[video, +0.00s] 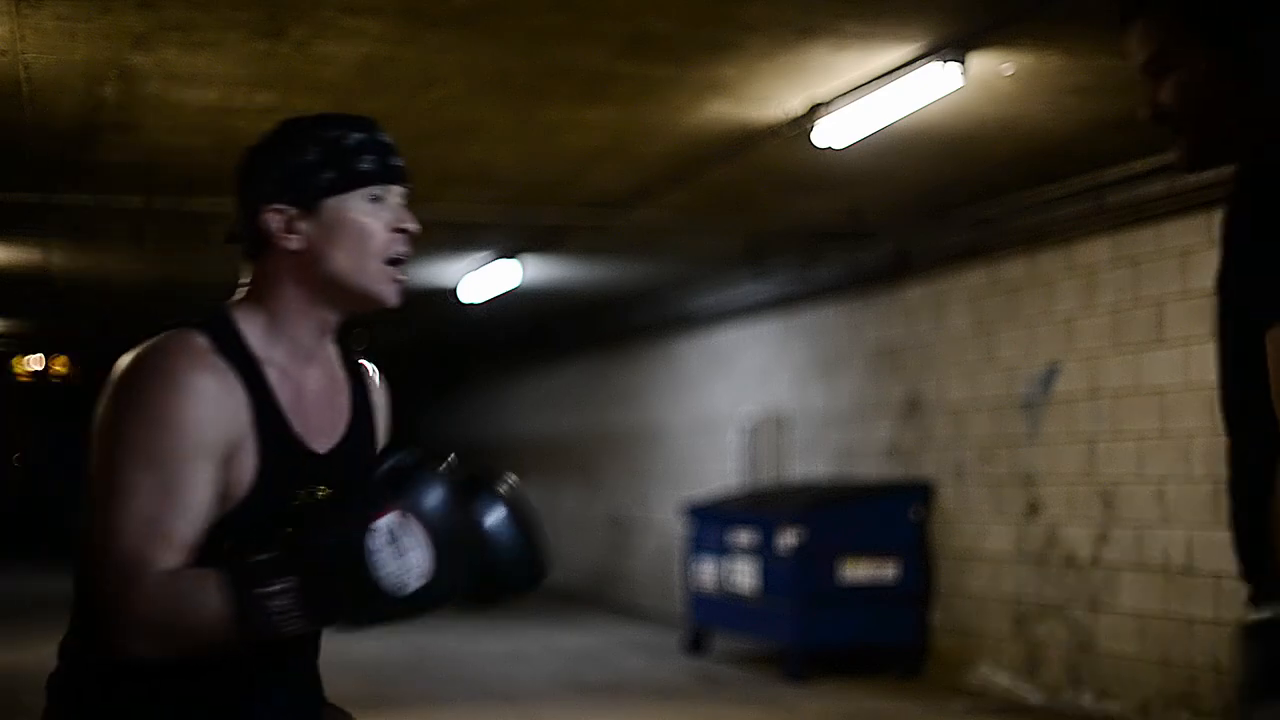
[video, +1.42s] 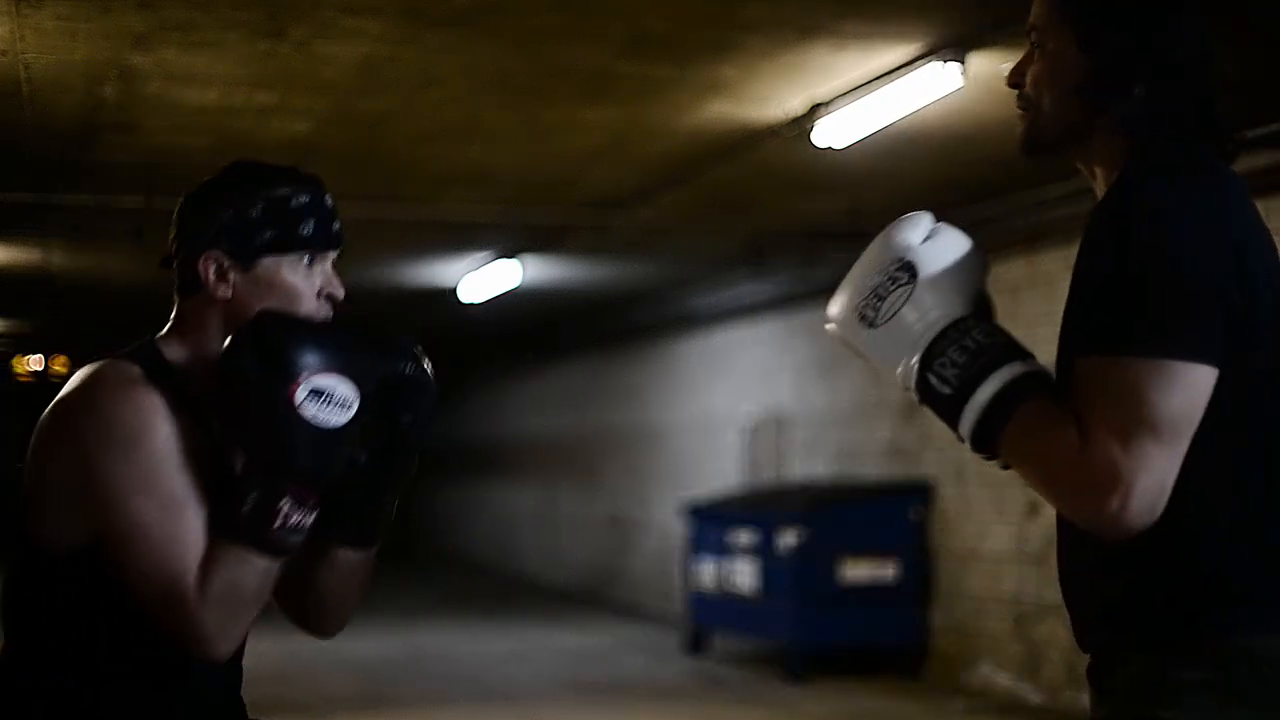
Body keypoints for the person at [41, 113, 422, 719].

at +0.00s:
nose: (409, 225)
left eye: (403, 205)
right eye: (378, 202)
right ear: (288, 227)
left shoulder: (366, 390)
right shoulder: (180, 382)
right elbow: (128, 609)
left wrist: (434, 542)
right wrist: (316, 580)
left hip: (282, 695)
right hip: (147, 703)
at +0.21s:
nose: (428, 235)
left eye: (423, 212)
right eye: (398, 208)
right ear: (306, 228)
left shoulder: (370, 379)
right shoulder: (195, 374)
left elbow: (428, 593)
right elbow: (239, 614)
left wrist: (503, 489)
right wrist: (377, 510)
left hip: (281, 697)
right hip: (143, 699)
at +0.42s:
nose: (364, 233)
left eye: (360, 212)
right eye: (334, 207)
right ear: (243, 231)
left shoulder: (304, 376)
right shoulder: (134, 376)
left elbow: (358, 597)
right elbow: (146, 616)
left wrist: (423, 496)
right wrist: (293, 524)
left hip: (239, 703)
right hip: (98, 714)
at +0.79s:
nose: (297, 216)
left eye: (296, 196)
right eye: (264, 194)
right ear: (178, 222)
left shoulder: (265, 357)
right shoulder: (80, 362)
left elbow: (332, 583)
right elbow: (108, 599)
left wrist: (377, 466)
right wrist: (228, 477)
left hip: (229, 699)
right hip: (95, 713)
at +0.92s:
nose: (347, 222)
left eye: (349, 203)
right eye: (313, 198)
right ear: (228, 228)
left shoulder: (314, 372)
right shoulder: (133, 362)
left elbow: (389, 595)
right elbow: (165, 597)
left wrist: (420, 441)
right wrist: (273, 466)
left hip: (257, 699)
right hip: (119, 706)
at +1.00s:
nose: (390, 228)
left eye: (388, 208)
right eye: (358, 204)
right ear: (270, 227)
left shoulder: (324, 368)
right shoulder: (167, 362)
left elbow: (409, 594)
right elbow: (220, 595)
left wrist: (452, 451)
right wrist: (325, 465)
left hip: (269, 695)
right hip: (136, 701)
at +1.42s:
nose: (337, 289)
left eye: (332, 263)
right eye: (310, 262)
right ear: (219, 275)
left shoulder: (243, 401)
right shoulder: (115, 404)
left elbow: (320, 613)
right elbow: (206, 630)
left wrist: (378, 463)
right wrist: (291, 475)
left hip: (200, 706)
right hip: (96, 712)